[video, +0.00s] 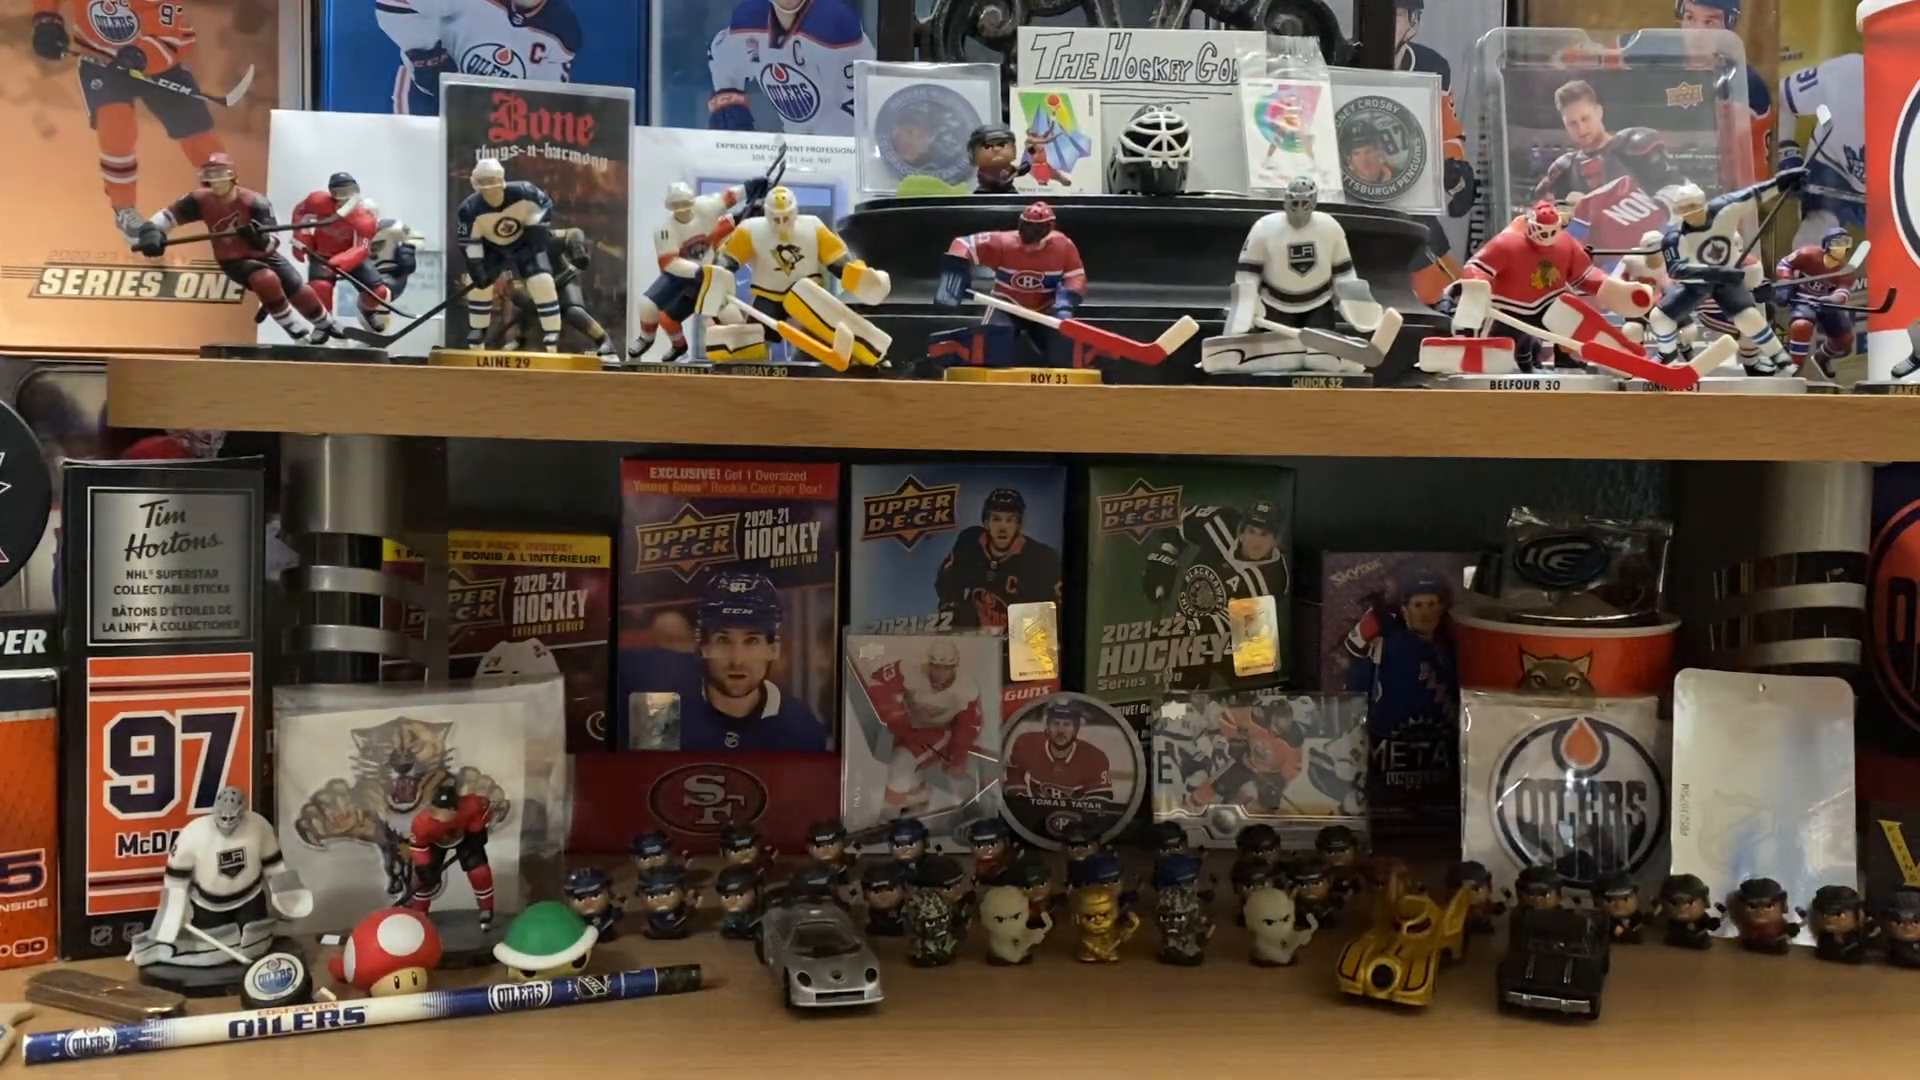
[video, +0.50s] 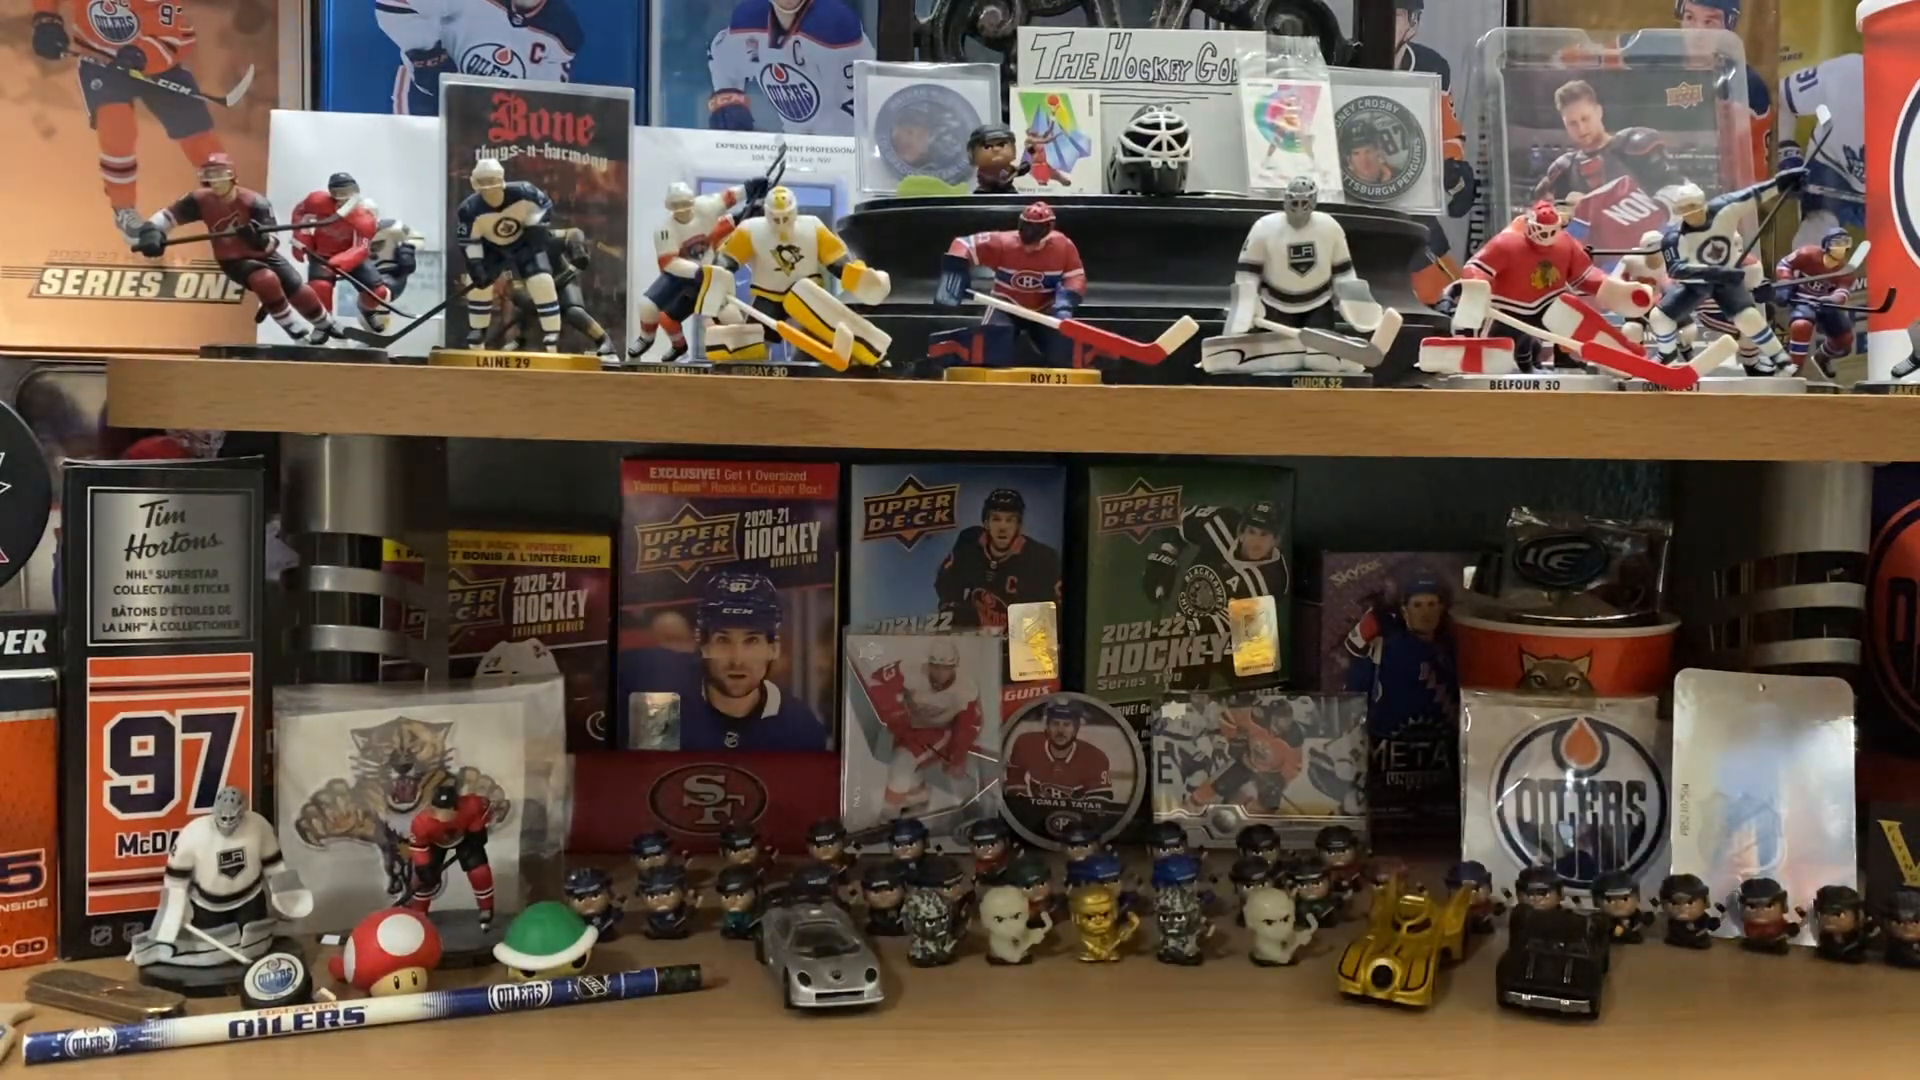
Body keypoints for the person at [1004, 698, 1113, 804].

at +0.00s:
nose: (1060, 730)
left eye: (1066, 725)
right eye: (1055, 724)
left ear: (1076, 729)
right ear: (1047, 727)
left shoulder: (1095, 757)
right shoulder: (1026, 744)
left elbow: (1100, 799)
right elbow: (1014, 783)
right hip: (1033, 813)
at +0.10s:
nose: (1060, 730)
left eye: (1066, 724)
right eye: (1055, 724)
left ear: (1076, 729)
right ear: (1047, 728)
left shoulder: (1094, 757)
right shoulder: (1025, 744)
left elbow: (1100, 800)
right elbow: (1014, 785)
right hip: (1033, 814)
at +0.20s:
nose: (1060, 730)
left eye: (1066, 724)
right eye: (1055, 724)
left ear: (1076, 729)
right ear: (1047, 727)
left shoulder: (1094, 758)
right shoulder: (1026, 744)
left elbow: (1099, 800)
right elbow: (1014, 786)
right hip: (1033, 814)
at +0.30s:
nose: (1060, 730)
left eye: (1066, 724)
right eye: (1055, 724)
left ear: (1076, 729)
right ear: (1047, 727)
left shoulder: (1095, 757)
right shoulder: (1026, 744)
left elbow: (1099, 801)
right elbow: (1015, 788)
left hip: (1074, 820)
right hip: (1033, 814)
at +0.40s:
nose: (1060, 730)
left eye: (1066, 725)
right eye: (1055, 724)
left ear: (1076, 729)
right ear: (1047, 727)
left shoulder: (1095, 758)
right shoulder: (1026, 744)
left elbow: (1099, 801)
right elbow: (1015, 787)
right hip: (1032, 814)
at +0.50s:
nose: (1060, 730)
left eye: (1066, 724)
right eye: (1055, 724)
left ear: (1076, 728)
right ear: (1047, 727)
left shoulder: (1095, 758)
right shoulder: (1025, 744)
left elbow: (1099, 801)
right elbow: (1014, 785)